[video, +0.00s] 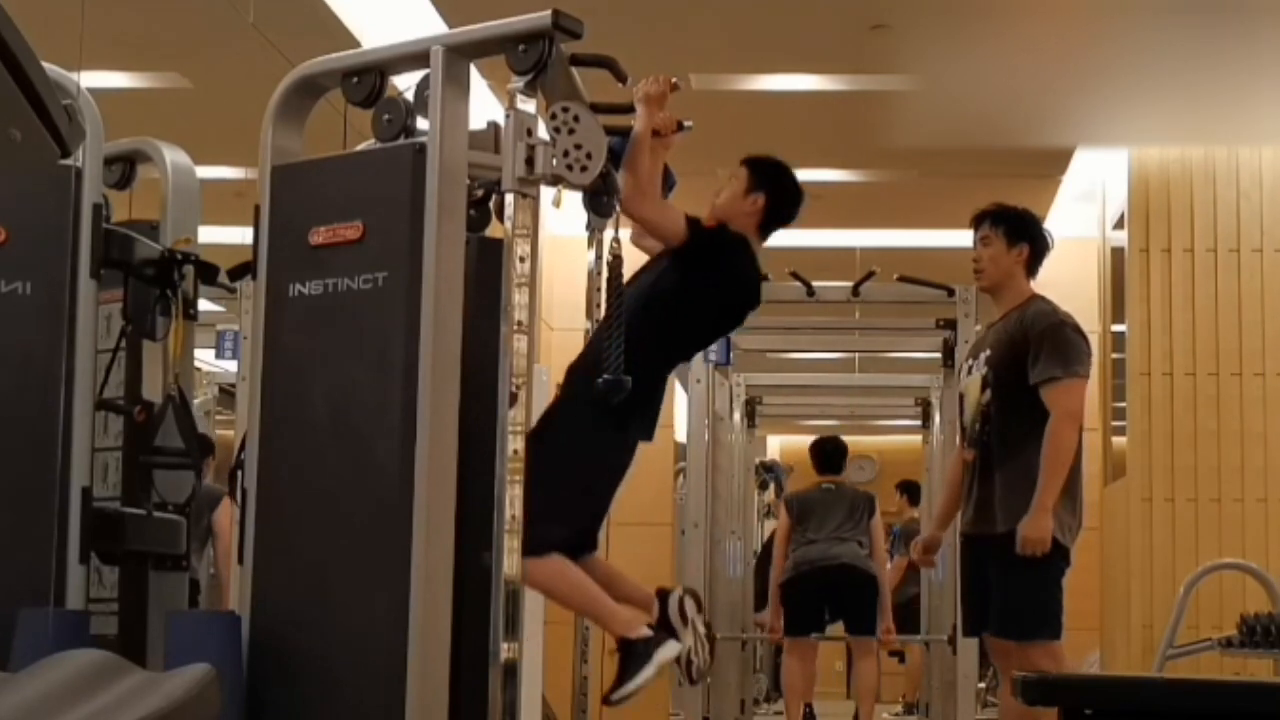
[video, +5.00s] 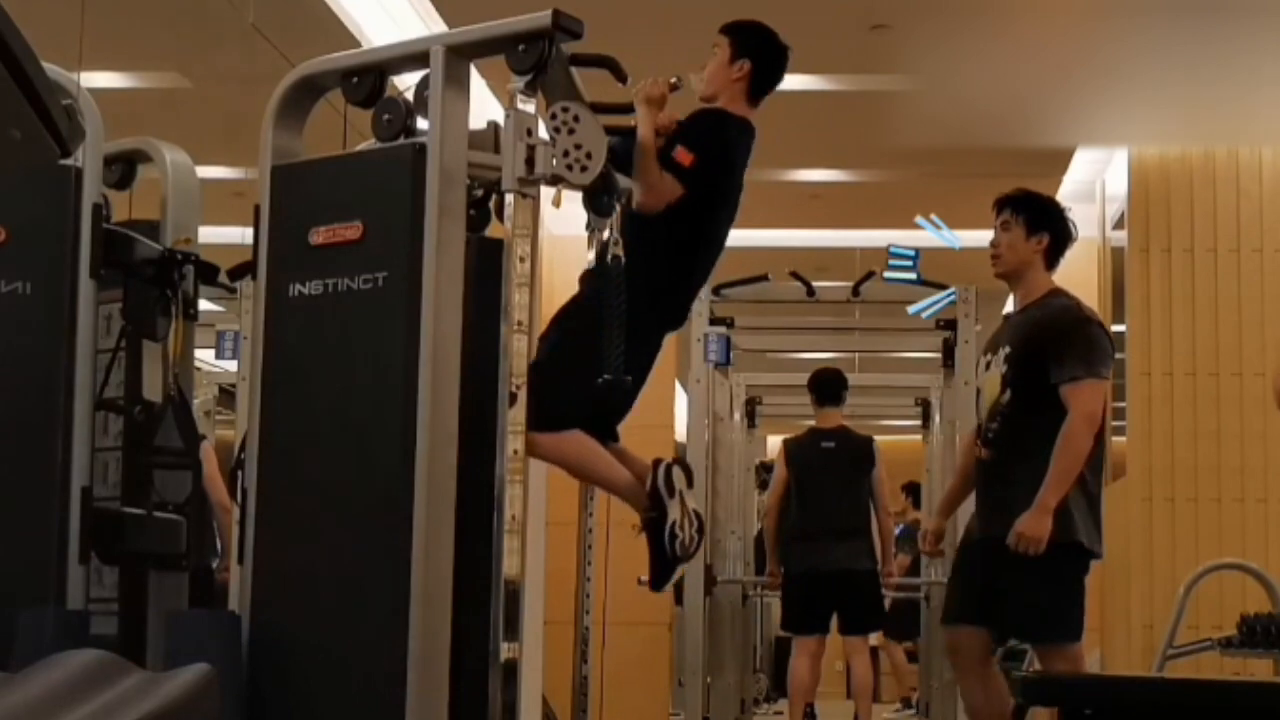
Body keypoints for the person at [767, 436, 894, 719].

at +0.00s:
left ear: (813, 464)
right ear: (846, 463)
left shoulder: (793, 501)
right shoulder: (866, 501)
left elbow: (778, 561)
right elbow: (880, 561)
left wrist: (774, 611)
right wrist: (886, 615)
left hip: (804, 583)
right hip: (857, 581)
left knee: (798, 653)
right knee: (865, 652)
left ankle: (795, 715)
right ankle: (865, 716)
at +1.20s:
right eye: (840, 406)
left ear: (814, 411)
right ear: (847, 411)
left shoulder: (792, 458)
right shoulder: (867, 458)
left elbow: (779, 519)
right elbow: (878, 522)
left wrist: (775, 569)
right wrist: (887, 571)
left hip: (805, 569)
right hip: (855, 568)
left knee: (805, 653)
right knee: (860, 650)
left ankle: (798, 715)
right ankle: (864, 714)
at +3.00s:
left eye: (814, 461)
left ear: (813, 464)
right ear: (847, 464)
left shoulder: (794, 503)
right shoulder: (867, 502)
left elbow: (780, 564)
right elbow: (882, 564)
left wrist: (775, 613)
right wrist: (887, 618)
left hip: (806, 585)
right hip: (858, 584)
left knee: (801, 653)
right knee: (865, 653)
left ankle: (798, 715)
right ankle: (865, 715)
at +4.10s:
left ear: (817, 409)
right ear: (850, 409)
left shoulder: (794, 457)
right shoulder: (870, 457)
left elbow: (778, 518)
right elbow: (883, 519)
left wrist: (774, 569)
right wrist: (890, 571)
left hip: (807, 566)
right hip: (857, 566)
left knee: (804, 647)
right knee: (860, 647)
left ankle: (797, 715)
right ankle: (864, 714)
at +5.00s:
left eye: (814, 396)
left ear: (811, 399)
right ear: (845, 398)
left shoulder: (790, 448)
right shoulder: (866, 447)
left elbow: (771, 509)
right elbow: (884, 510)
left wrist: (772, 559)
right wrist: (888, 560)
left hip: (806, 567)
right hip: (855, 566)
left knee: (805, 649)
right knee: (858, 650)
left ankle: (797, 716)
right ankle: (863, 715)